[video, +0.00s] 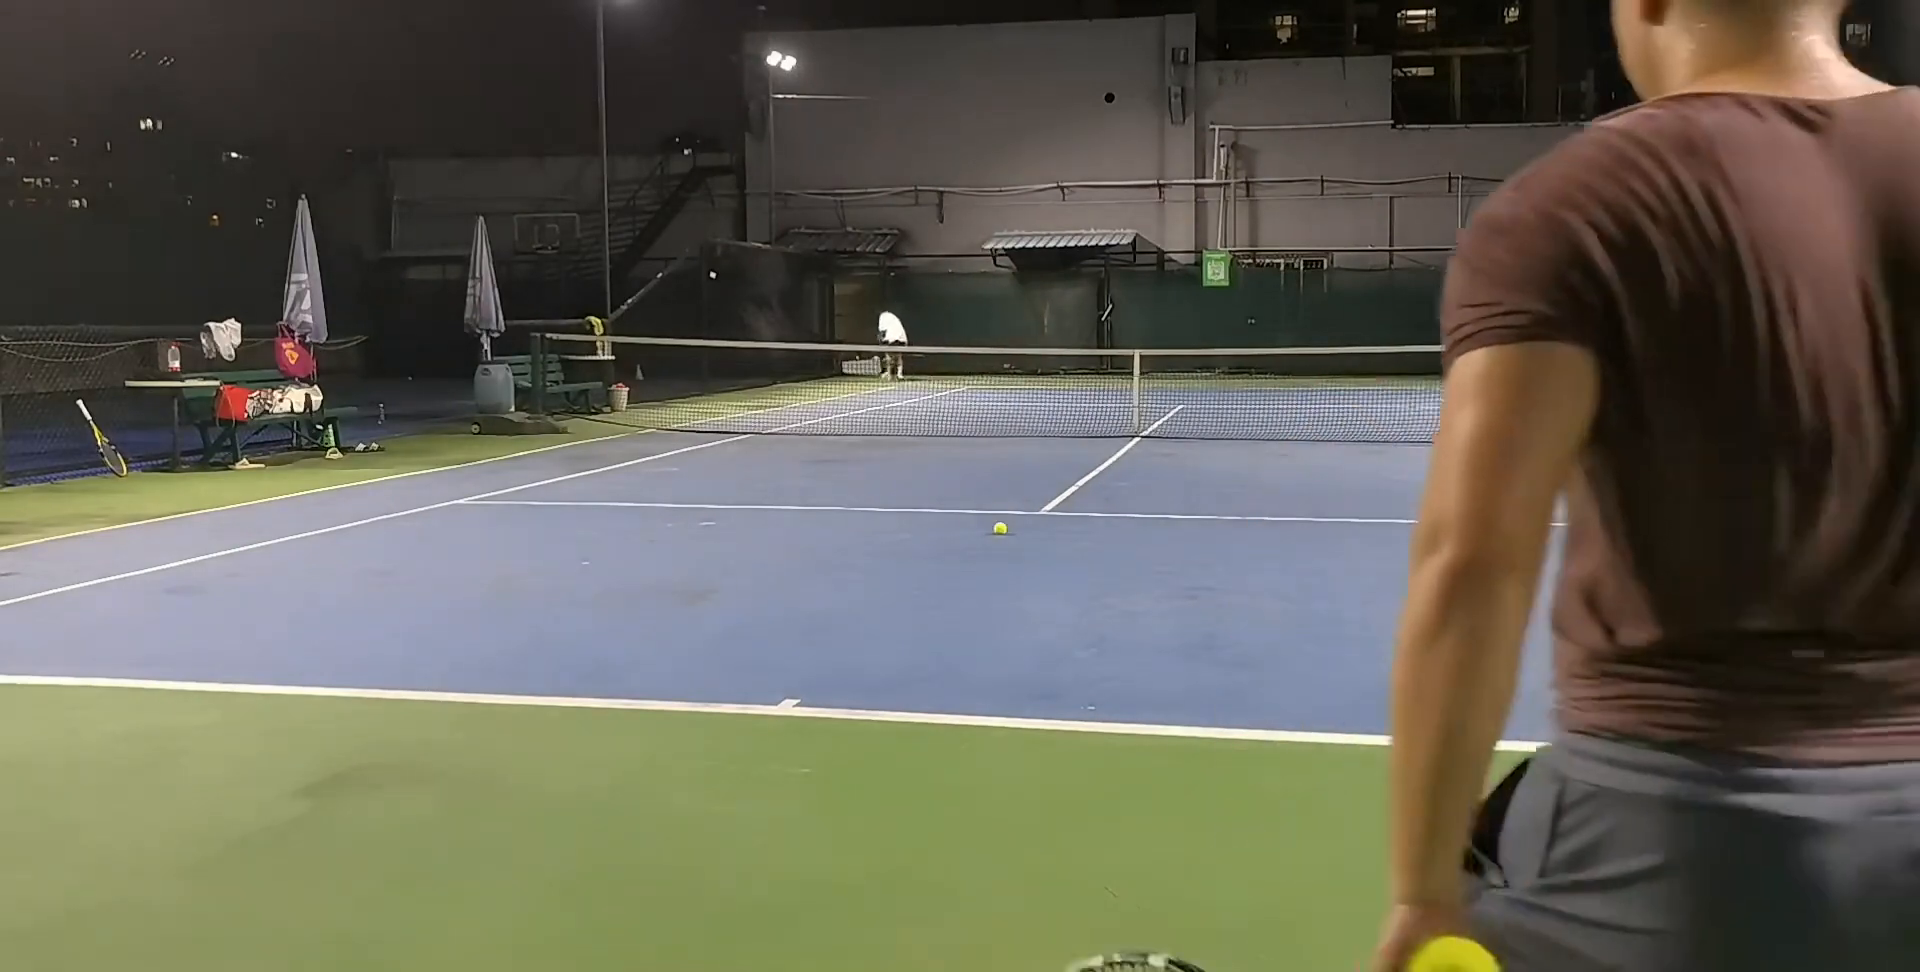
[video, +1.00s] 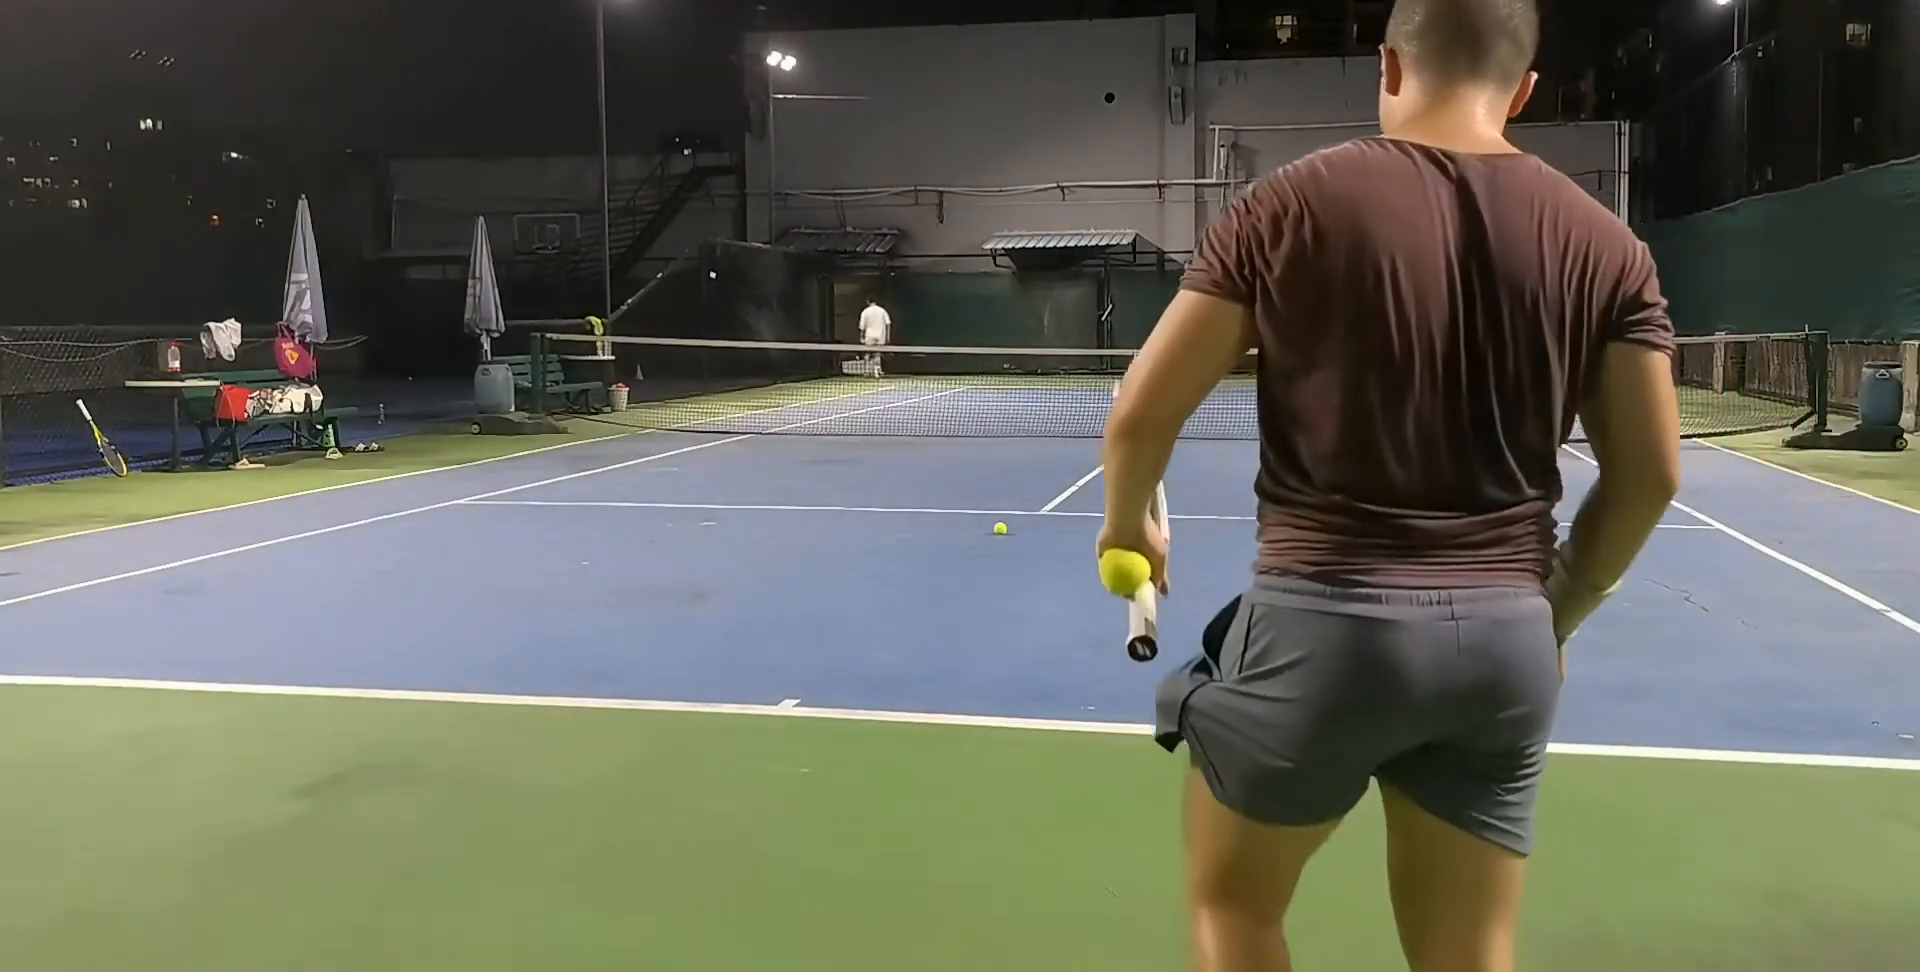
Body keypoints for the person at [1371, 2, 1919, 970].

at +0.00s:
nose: (1616, 23)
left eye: (1619, 3)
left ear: (1646, 0)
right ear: (1830, 6)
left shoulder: (1570, 206)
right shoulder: (1912, 148)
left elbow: (1475, 560)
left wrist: (1425, 890)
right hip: (1904, 812)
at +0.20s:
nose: (1478, 40)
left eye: (1476, 24)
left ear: (1491, 15)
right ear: (1665, 10)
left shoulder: (1412, 206)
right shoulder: (1856, 185)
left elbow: (1294, 534)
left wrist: (1257, 802)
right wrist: (1865, 648)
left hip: (1515, 771)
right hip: (1774, 778)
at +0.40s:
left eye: (1420, 15)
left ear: (1424, 18)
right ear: (1595, 16)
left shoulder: (1324, 214)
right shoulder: (1741, 199)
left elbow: (1215, 515)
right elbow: (1864, 474)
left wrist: (1181, 723)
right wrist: (1754, 654)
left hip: (1420, 723)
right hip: (1663, 733)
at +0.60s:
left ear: (1412, 61)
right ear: (1569, 64)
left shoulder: (1294, 230)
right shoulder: (1677, 238)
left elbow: (1177, 488)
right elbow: (1771, 500)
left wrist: (1158, 663)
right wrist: (1646, 625)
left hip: (1371, 709)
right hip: (1591, 717)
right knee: (1540, 949)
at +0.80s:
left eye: (1408, 61)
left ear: (1416, 66)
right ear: (1564, 79)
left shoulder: (1300, 206)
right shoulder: (1639, 239)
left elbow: (1165, 439)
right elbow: (1730, 472)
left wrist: (1156, 583)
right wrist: (1602, 606)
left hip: (1341, 652)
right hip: (1538, 652)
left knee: (1329, 954)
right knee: (1491, 956)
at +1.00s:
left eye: (1382, 68)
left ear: (1391, 68)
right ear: (1521, 90)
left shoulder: (1294, 201)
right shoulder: (1599, 240)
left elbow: (1141, 413)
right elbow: (1646, 474)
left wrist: (1128, 527)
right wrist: (1553, 615)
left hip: (1317, 625)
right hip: (1503, 625)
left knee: (1235, 909)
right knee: (1469, 948)